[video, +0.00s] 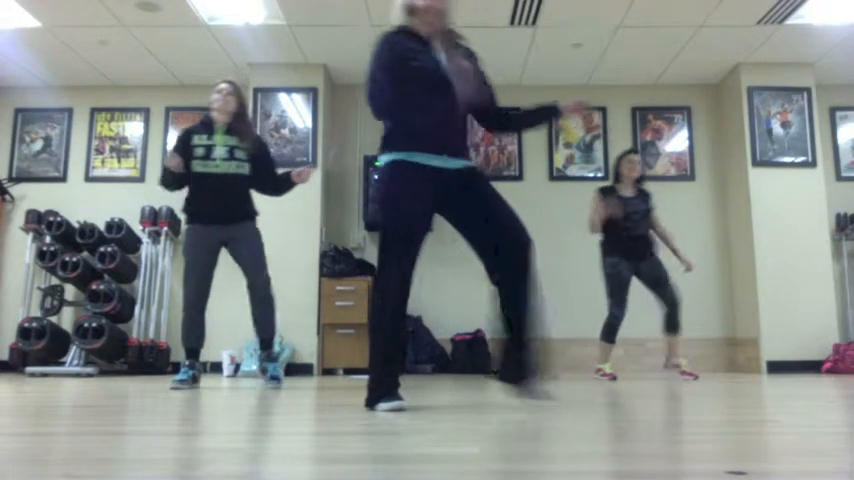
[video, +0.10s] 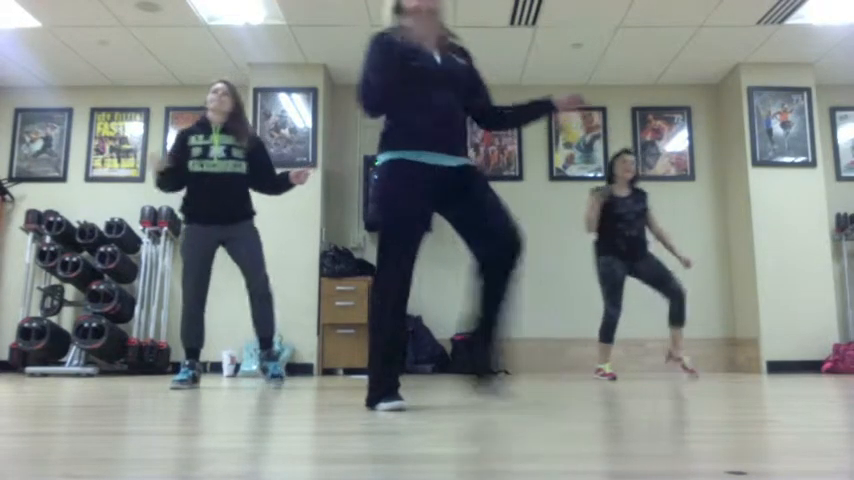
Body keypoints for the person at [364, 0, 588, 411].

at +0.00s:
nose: (431, 5)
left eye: (436, 1)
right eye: (423, 1)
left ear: (446, 7)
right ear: (410, 7)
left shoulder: (461, 54)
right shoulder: (395, 44)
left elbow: (493, 119)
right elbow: (382, 104)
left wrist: (557, 110)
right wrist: (444, 89)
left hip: (456, 174)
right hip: (406, 171)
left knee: (512, 247)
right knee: (393, 278)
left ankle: (517, 368)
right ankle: (383, 389)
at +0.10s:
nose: (425, 7)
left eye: (429, 3)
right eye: (417, 3)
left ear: (439, 9)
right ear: (403, 9)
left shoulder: (456, 56)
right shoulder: (387, 44)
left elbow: (489, 117)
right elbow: (372, 102)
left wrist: (551, 105)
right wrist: (408, 48)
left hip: (455, 173)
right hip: (404, 171)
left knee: (502, 246)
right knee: (393, 279)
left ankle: (480, 357)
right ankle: (383, 389)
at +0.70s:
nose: (449, 23)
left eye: (456, 18)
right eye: (442, 16)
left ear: (464, 27)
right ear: (430, 26)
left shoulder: (475, 82)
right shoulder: (419, 69)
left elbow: (512, 142)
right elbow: (410, 121)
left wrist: (568, 128)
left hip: (461, 193)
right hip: (420, 186)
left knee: (480, 285)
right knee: (401, 287)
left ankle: (485, 376)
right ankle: (382, 389)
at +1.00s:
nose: (494, 48)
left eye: (502, 44)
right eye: (488, 42)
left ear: (511, 56)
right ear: (477, 48)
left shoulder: (509, 112)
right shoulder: (457, 85)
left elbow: (526, 171)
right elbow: (415, 128)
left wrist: (581, 166)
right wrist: (436, 103)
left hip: (467, 203)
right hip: (435, 191)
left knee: (489, 289)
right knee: (452, 272)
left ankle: (486, 381)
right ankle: (388, 352)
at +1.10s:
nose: (503, 58)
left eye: (511, 55)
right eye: (498, 52)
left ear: (519, 67)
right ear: (487, 59)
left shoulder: (507, 118)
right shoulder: (468, 89)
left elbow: (520, 182)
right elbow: (440, 127)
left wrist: (571, 179)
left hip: (465, 206)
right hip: (434, 195)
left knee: (489, 288)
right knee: (458, 284)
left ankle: (486, 381)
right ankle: (401, 354)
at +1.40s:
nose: (490, 58)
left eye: (497, 54)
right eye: (484, 51)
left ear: (505, 65)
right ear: (473, 57)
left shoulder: (499, 117)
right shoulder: (454, 89)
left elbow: (511, 178)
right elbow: (439, 131)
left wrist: (559, 179)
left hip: (460, 208)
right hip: (422, 197)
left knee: (479, 290)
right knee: (416, 274)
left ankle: (485, 380)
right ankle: (387, 362)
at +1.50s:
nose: (478, 54)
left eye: (486, 50)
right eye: (474, 48)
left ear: (495, 61)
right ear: (464, 54)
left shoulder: (494, 116)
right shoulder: (442, 87)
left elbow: (508, 175)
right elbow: (412, 115)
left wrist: (554, 175)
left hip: (456, 207)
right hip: (417, 198)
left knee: (475, 290)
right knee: (405, 278)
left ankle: (484, 380)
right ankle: (381, 370)